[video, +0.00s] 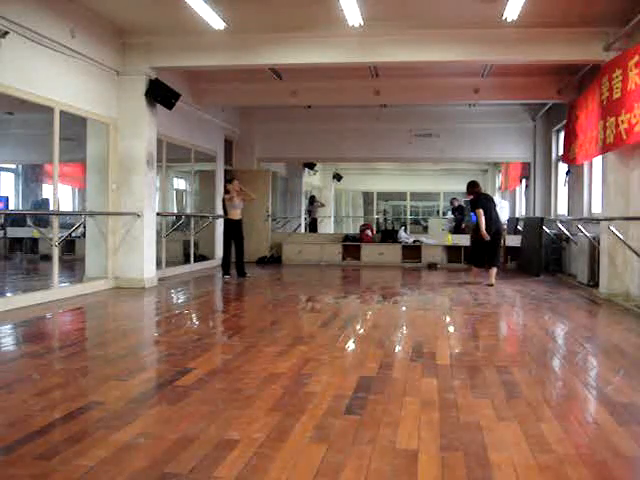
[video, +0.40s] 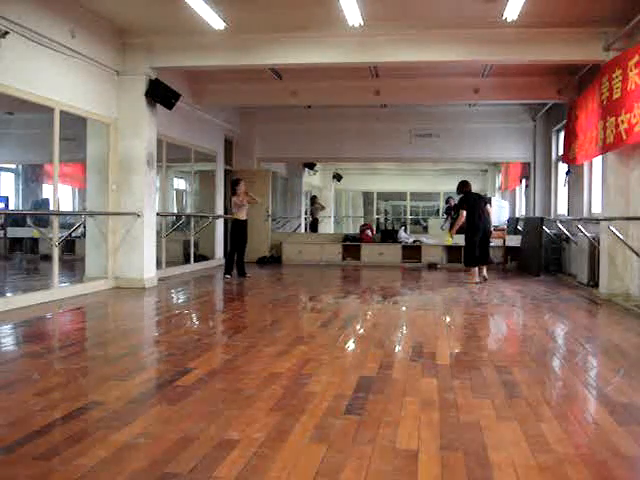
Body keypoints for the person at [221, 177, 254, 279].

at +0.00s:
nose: (238, 186)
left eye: (238, 184)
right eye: (235, 183)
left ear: (238, 186)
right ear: (230, 186)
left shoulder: (239, 196)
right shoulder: (226, 197)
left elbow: (252, 197)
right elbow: (231, 199)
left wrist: (243, 190)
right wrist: (232, 191)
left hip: (238, 220)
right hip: (229, 220)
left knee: (240, 247)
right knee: (227, 248)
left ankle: (241, 272)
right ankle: (226, 272)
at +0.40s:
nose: (243, 188)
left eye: (243, 185)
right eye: (241, 185)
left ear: (244, 187)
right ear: (236, 187)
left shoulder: (244, 197)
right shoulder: (234, 198)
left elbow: (256, 201)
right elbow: (239, 205)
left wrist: (249, 195)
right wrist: (243, 198)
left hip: (244, 221)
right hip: (236, 220)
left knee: (242, 248)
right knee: (233, 248)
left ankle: (241, 272)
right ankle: (228, 272)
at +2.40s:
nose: (242, 186)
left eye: (241, 184)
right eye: (239, 184)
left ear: (239, 187)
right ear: (235, 187)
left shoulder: (241, 198)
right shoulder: (234, 198)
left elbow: (245, 212)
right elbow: (236, 210)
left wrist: (250, 206)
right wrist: (244, 203)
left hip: (241, 221)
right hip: (235, 221)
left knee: (239, 248)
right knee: (232, 248)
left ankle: (241, 271)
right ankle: (230, 271)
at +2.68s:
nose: (246, 186)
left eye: (245, 185)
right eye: (244, 185)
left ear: (243, 187)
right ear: (239, 187)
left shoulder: (245, 198)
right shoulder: (235, 197)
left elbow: (245, 207)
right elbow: (223, 205)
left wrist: (247, 211)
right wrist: (233, 212)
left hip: (242, 221)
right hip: (234, 221)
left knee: (241, 247)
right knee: (232, 247)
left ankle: (241, 271)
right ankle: (229, 271)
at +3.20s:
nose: (237, 188)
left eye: (238, 185)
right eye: (235, 186)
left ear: (237, 187)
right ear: (230, 188)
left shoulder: (238, 198)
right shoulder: (224, 198)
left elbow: (243, 208)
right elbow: (215, 201)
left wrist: (242, 209)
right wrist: (218, 208)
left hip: (235, 220)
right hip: (226, 220)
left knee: (238, 248)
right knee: (223, 248)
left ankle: (241, 272)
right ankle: (222, 271)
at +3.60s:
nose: (231, 189)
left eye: (232, 187)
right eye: (229, 187)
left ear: (232, 188)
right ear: (224, 188)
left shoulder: (233, 197)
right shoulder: (219, 197)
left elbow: (237, 205)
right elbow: (206, 200)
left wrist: (235, 208)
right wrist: (214, 210)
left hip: (231, 220)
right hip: (222, 220)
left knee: (235, 247)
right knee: (222, 247)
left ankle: (239, 271)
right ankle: (222, 271)